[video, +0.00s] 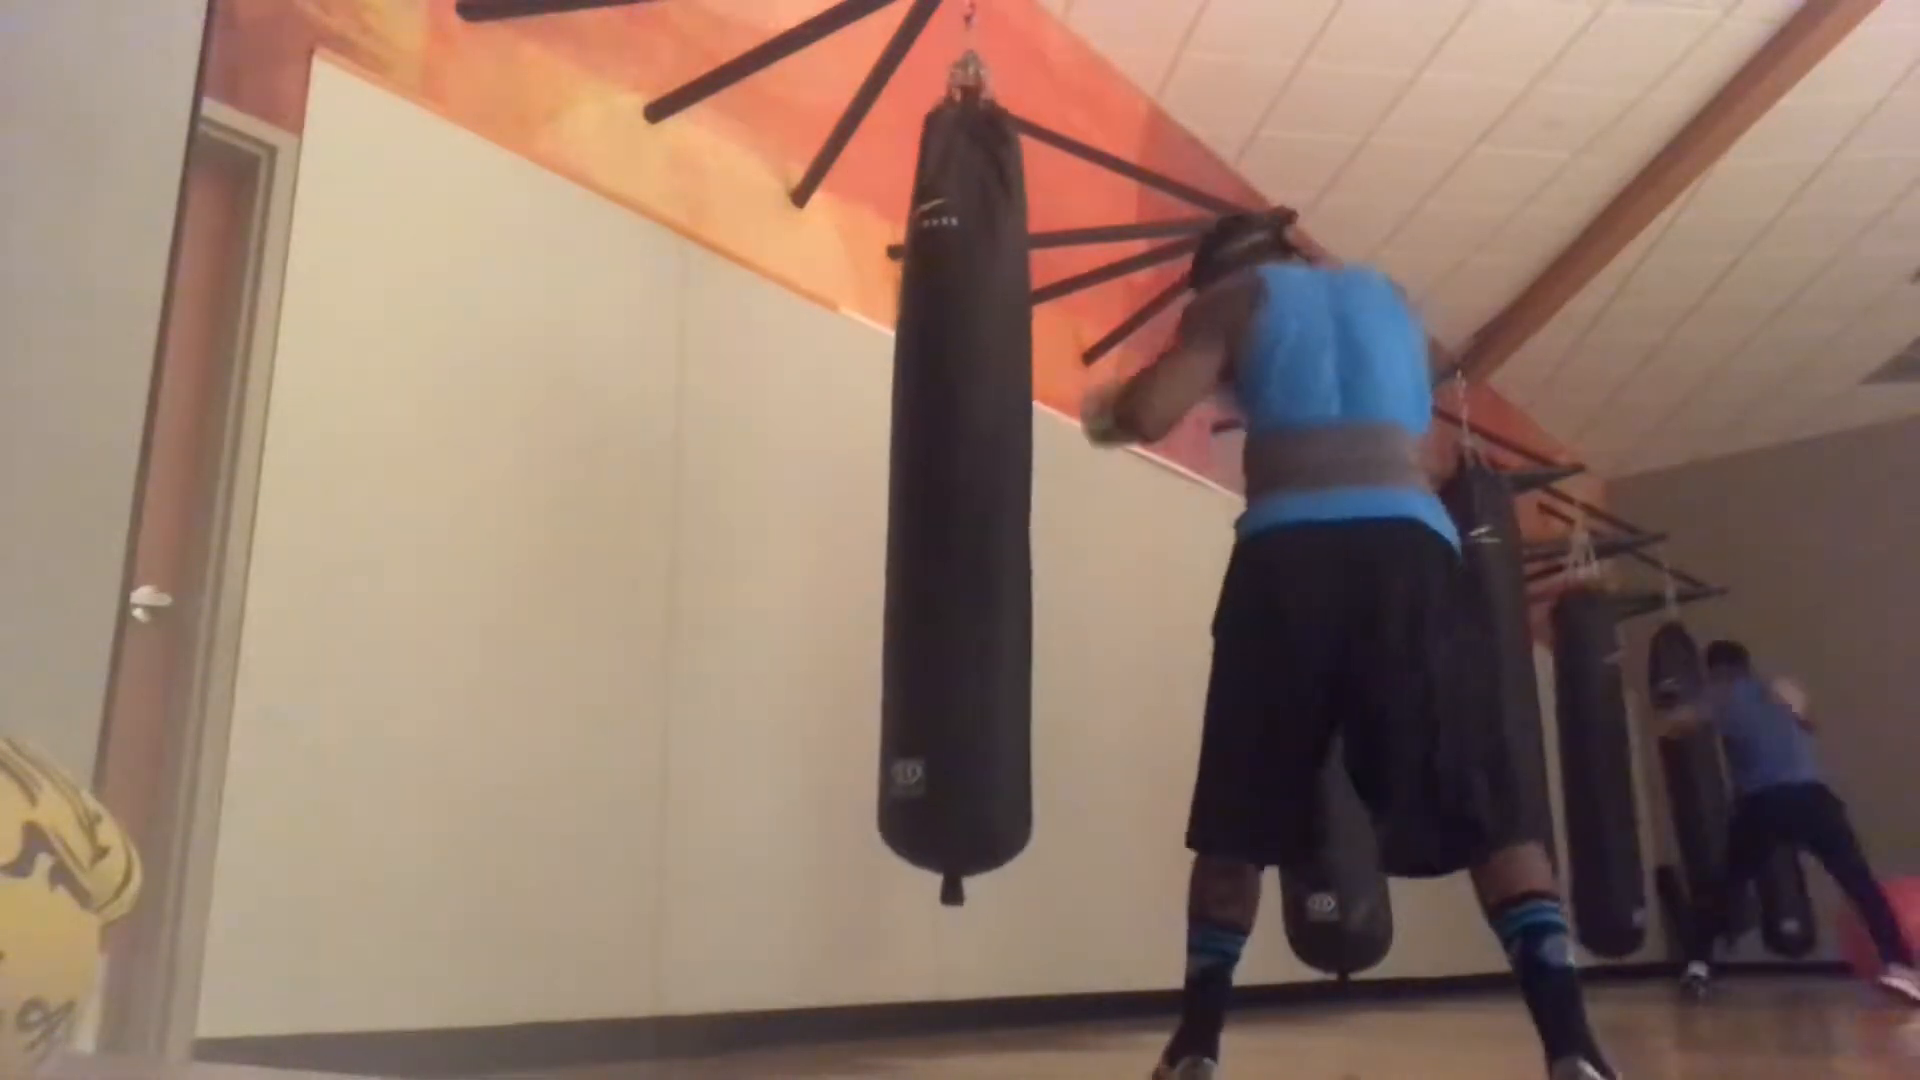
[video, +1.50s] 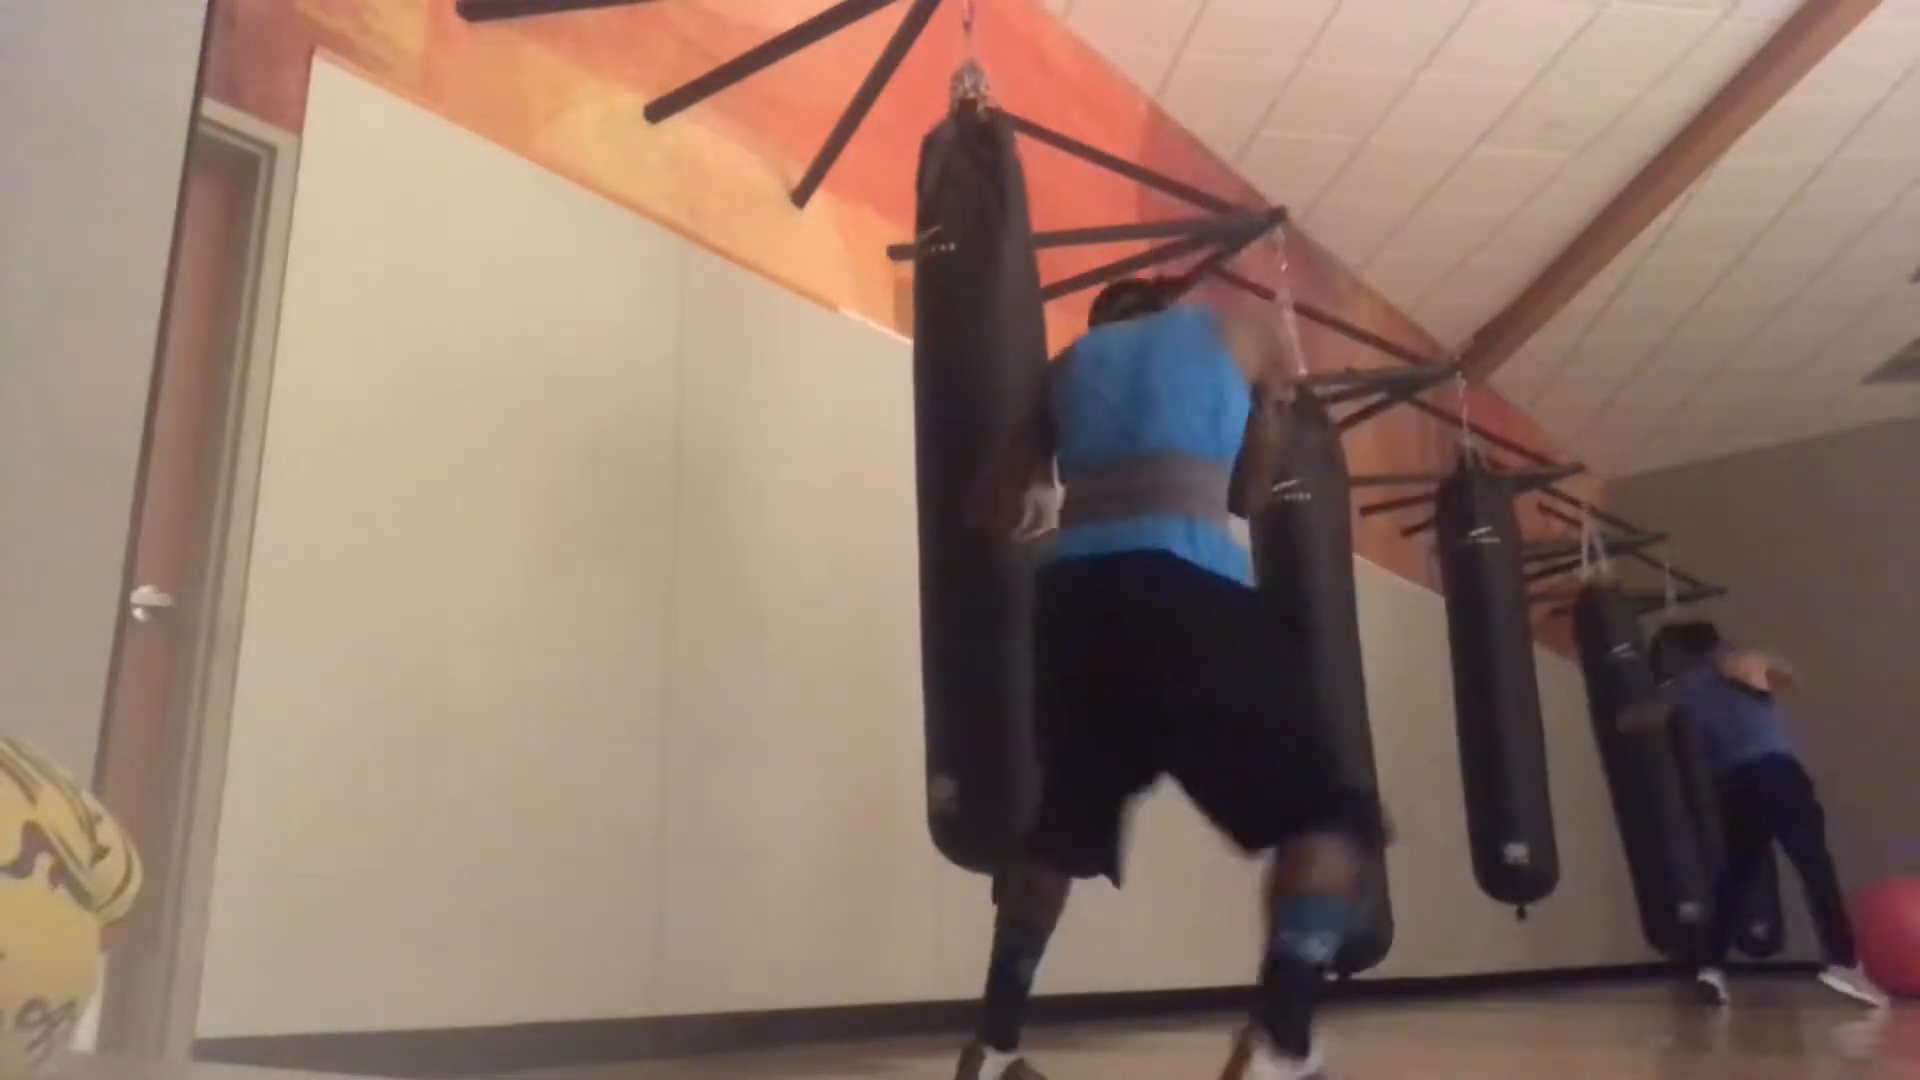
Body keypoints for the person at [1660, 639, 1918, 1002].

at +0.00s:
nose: (1713, 679)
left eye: (1712, 672)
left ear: (1712, 671)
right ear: (1746, 665)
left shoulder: (1717, 699)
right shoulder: (1776, 690)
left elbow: (1672, 724)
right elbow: (1808, 722)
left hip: (1760, 803)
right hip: (1810, 795)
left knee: (1729, 882)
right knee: (1858, 880)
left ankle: (1700, 962)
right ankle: (1897, 961)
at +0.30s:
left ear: (1681, 672)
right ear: (1717, 664)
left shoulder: (1675, 708)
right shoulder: (1739, 686)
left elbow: (1656, 756)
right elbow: (1769, 710)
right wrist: (1777, 748)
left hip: (1719, 801)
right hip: (1772, 790)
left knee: (1706, 886)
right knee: (1808, 869)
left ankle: (1692, 977)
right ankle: (1819, 958)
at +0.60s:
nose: (1734, 660)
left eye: (1727, 654)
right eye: (1738, 651)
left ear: (1717, 655)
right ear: (1754, 653)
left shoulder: (1699, 694)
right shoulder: (1781, 687)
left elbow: (1676, 750)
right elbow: (1803, 738)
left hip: (1733, 807)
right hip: (1786, 800)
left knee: (1717, 885)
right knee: (1822, 882)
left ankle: (1701, 975)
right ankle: (1817, 975)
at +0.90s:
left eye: (1715, 645)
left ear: (1705, 649)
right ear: (1742, 646)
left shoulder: (1694, 691)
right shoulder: (1773, 676)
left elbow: (1669, 745)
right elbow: (1799, 724)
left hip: (1735, 799)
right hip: (1789, 792)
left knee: (1723, 884)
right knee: (1814, 880)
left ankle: (1715, 979)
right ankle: (1815, 977)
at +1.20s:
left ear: (1671, 665)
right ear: (1708, 654)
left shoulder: (1675, 706)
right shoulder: (1742, 679)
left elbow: (1663, 764)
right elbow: (1793, 714)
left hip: (1729, 801)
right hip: (1782, 789)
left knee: (1721, 888)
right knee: (1825, 871)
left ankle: (1716, 981)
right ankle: (1828, 961)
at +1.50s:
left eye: (1670, 660)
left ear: (1678, 656)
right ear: (1715, 643)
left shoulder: (1686, 687)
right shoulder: (1743, 665)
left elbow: (1634, 718)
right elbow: (1789, 676)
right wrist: (1765, 664)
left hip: (1736, 783)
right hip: (1781, 774)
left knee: (1738, 871)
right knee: (1816, 864)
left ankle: (1713, 966)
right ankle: (1843, 962)